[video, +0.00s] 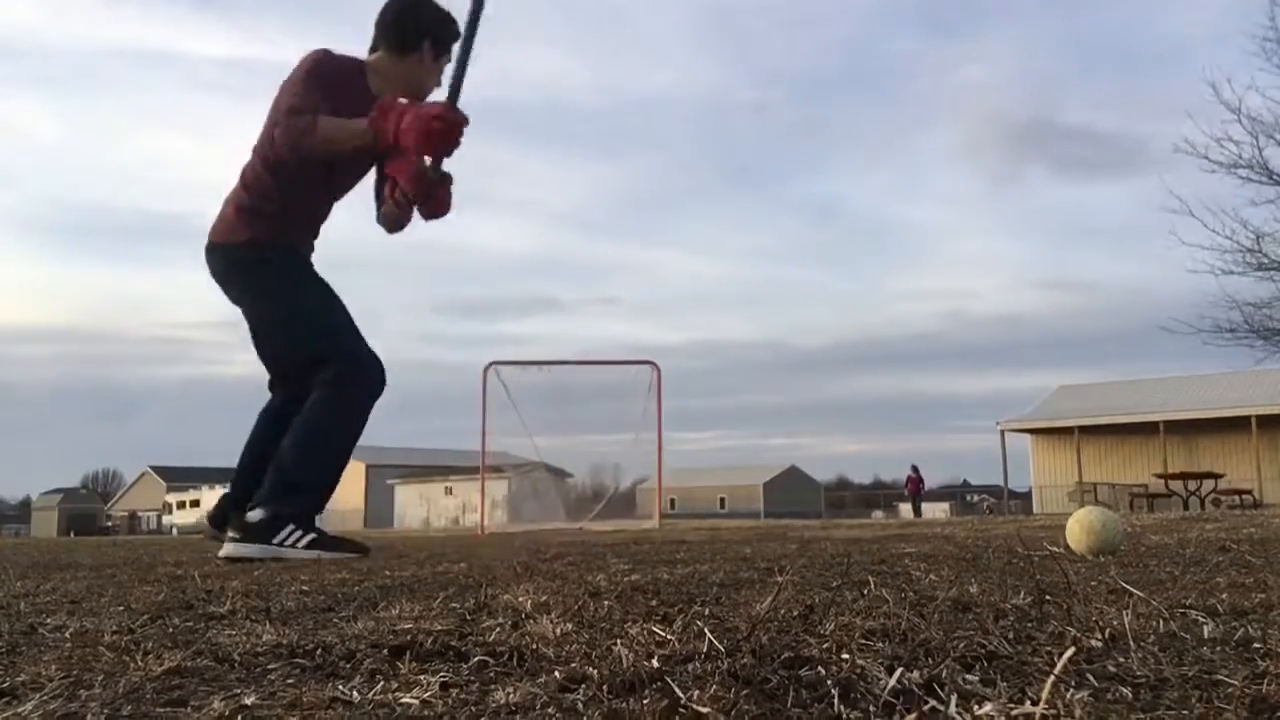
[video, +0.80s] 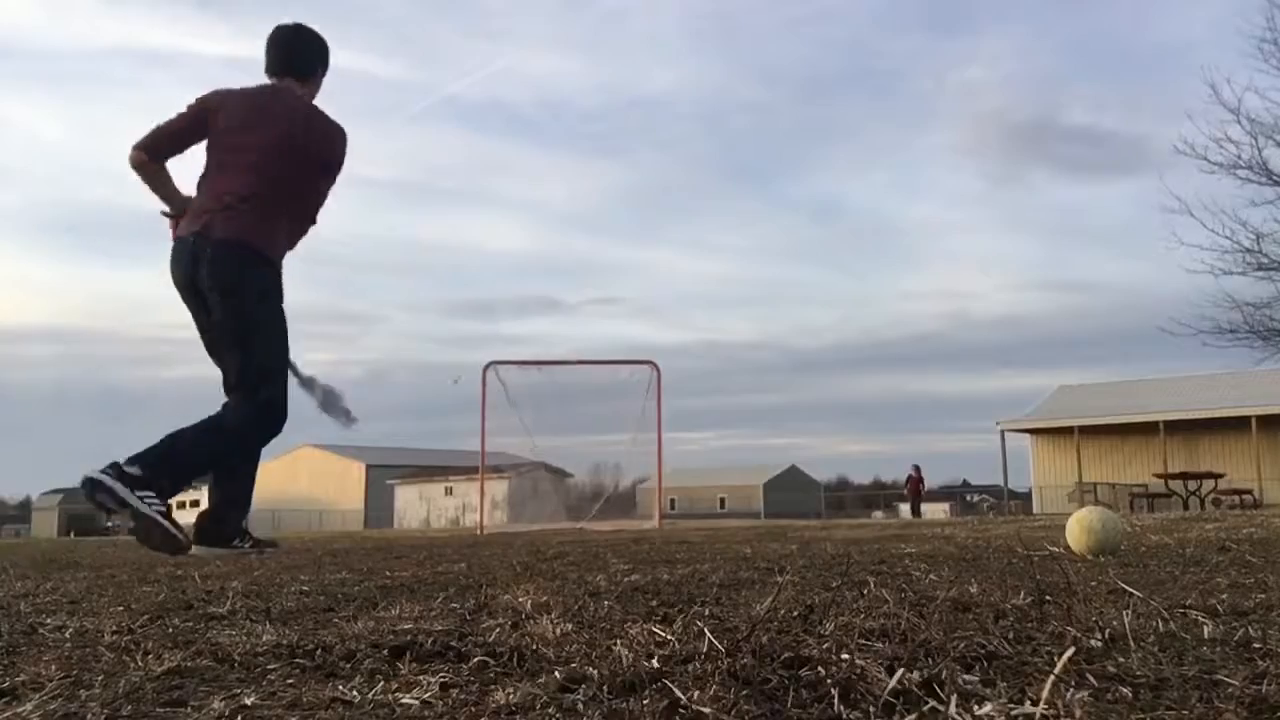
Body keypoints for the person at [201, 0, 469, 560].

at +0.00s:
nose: (438, 81)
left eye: (442, 67)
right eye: (439, 63)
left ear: (397, 47)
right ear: (418, 50)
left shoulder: (394, 115)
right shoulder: (325, 69)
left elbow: (391, 219)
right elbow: (293, 134)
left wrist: (409, 186)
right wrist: (386, 129)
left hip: (280, 253)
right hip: (253, 247)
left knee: (300, 383)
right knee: (357, 373)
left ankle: (239, 511)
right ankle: (275, 518)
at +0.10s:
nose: (410, 104)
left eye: (414, 91)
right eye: (408, 89)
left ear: (373, 80)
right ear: (379, 79)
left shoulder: (369, 143)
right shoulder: (309, 111)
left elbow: (391, 224)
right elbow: (305, 207)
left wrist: (425, 213)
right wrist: (382, 196)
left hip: (241, 271)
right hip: (239, 267)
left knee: (283, 390)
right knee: (325, 395)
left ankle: (230, 512)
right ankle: (284, 490)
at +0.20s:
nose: (385, 115)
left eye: (389, 104)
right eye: (386, 102)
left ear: (336, 86)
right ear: (365, 96)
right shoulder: (337, 161)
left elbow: (327, 202)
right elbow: (344, 261)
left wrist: (394, 222)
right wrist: (409, 256)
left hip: (183, 270)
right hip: (244, 279)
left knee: (249, 396)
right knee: (289, 425)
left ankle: (230, 523)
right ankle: (227, 452)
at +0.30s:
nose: (385, 136)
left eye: (389, 126)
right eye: (388, 126)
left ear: (340, 97)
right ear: (379, 120)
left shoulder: (281, 106)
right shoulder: (359, 184)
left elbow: (212, 156)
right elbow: (323, 238)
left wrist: (278, 207)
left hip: (177, 267)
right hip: (239, 287)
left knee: (233, 400)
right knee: (225, 425)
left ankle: (223, 523)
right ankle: (109, 448)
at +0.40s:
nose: (372, 146)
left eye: (374, 137)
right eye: (376, 137)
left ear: (330, 108)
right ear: (369, 132)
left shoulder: (285, 116)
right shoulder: (348, 193)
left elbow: (214, 152)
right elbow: (257, 201)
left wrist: (195, 176)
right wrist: (173, 177)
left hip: (181, 274)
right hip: (237, 294)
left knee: (254, 385)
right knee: (164, 432)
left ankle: (224, 524)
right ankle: (17, 499)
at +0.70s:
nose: (321, 106)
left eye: (318, 99)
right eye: (325, 98)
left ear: (274, 82)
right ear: (322, 95)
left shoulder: (237, 107)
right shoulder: (326, 154)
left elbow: (176, 147)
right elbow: (245, 213)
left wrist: (177, 200)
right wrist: (167, 249)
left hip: (194, 263)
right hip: (250, 275)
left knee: (258, 390)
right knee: (212, 416)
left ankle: (224, 526)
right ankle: (70, 480)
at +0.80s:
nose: (318, 86)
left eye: (312, 78)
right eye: (321, 78)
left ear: (268, 66)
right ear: (318, 75)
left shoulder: (224, 102)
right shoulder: (328, 133)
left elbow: (144, 154)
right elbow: (300, 217)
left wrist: (179, 203)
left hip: (189, 253)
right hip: (244, 259)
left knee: (247, 395)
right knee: (266, 410)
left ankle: (222, 527)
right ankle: (134, 479)